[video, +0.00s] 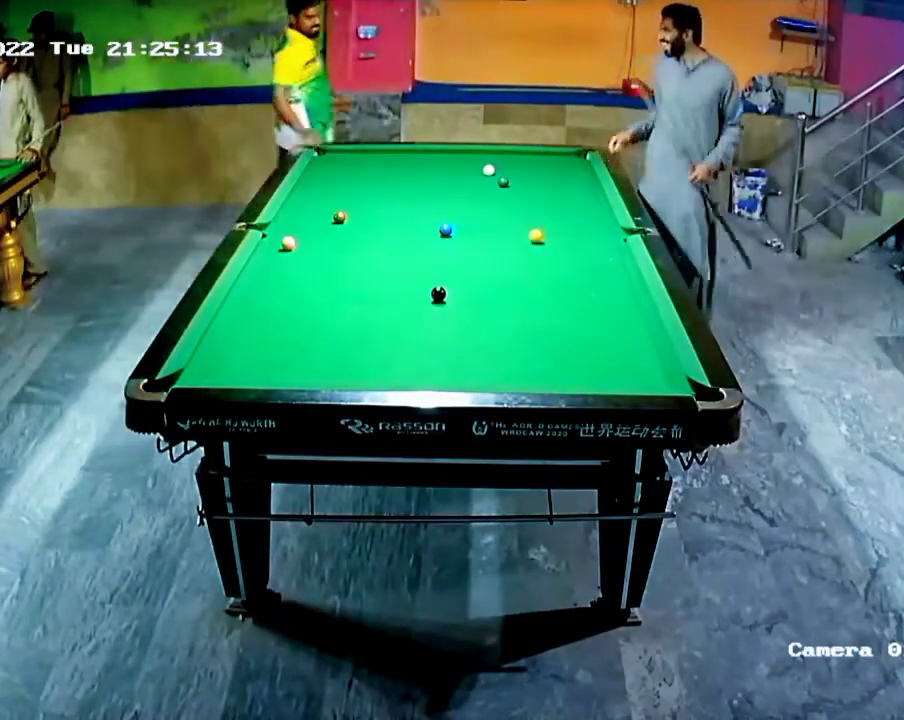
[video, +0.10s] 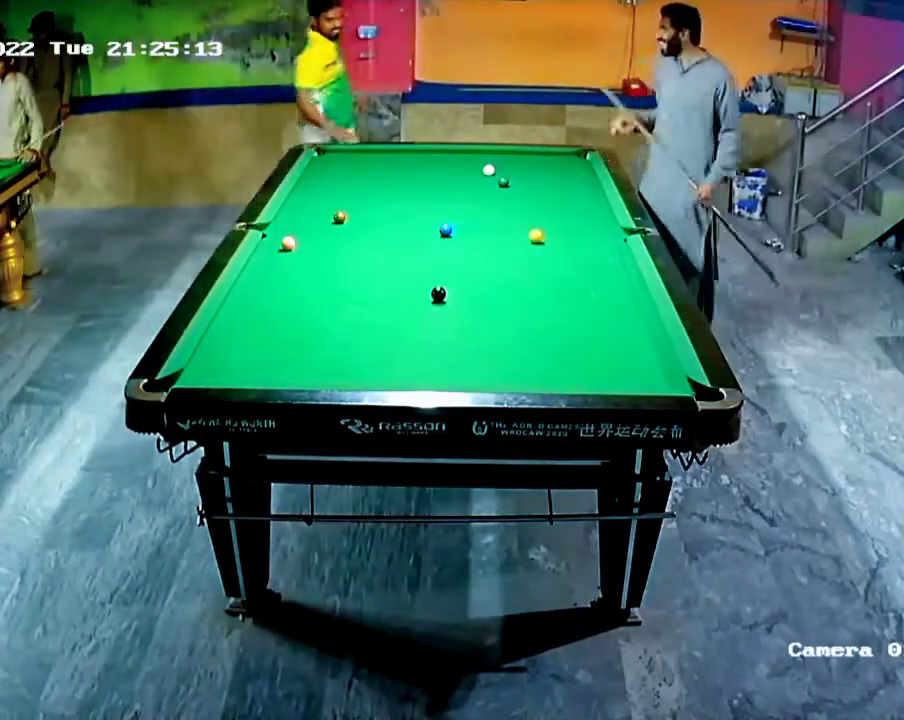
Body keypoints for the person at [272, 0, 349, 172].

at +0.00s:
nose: (316, 22)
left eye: (318, 16)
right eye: (309, 17)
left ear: (321, 15)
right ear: (294, 19)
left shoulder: (309, 45)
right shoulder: (291, 49)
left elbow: (305, 91)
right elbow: (279, 97)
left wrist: (331, 102)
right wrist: (302, 130)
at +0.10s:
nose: (337, 25)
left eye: (340, 18)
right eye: (330, 20)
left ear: (344, 17)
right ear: (315, 20)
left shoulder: (332, 48)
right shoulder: (313, 53)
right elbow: (304, 101)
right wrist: (333, 129)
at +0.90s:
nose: (397, 46)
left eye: (401, 39)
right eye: (390, 39)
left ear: (406, 36)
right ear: (378, 35)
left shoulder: (418, 56)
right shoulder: (358, 58)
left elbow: (434, 90)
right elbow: (346, 88)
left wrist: (432, 121)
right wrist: (356, 125)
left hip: (406, 133)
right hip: (370, 135)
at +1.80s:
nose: (400, 109)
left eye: (405, 103)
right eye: (395, 103)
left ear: (410, 96)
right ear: (380, 95)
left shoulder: (411, 96)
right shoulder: (358, 93)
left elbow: (430, 124)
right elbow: (337, 69)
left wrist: (447, 149)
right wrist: (337, 104)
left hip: (401, 134)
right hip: (363, 133)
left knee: (405, 180)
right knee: (360, 179)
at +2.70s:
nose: (406, 103)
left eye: (410, 96)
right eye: (400, 96)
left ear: (415, 90)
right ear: (384, 90)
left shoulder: (417, 91)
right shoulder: (362, 91)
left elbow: (434, 124)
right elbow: (335, 78)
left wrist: (447, 149)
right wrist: (350, 111)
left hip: (403, 134)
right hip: (367, 134)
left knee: (407, 179)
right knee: (365, 179)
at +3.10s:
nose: (407, 90)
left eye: (411, 84)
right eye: (400, 84)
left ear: (415, 79)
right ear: (386, 79)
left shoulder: (417, 86)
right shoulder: (364, 84)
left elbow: (434, 122)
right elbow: (338, 78)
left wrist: (447, 150)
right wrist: (349, 111)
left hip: (404, 135)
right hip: (367, 135)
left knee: (408, 182)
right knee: (365, 183)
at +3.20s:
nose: (406, 82)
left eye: (410, 75)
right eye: (400, 75)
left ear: (414, 72)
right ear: (385, 70)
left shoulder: (418, 85)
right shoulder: (363, 79)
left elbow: (433, 122)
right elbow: (338, 78)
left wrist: (448, 150)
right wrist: (349, 112)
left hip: (403, 136)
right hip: (365, 135)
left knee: (408, 183)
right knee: (363, 183)